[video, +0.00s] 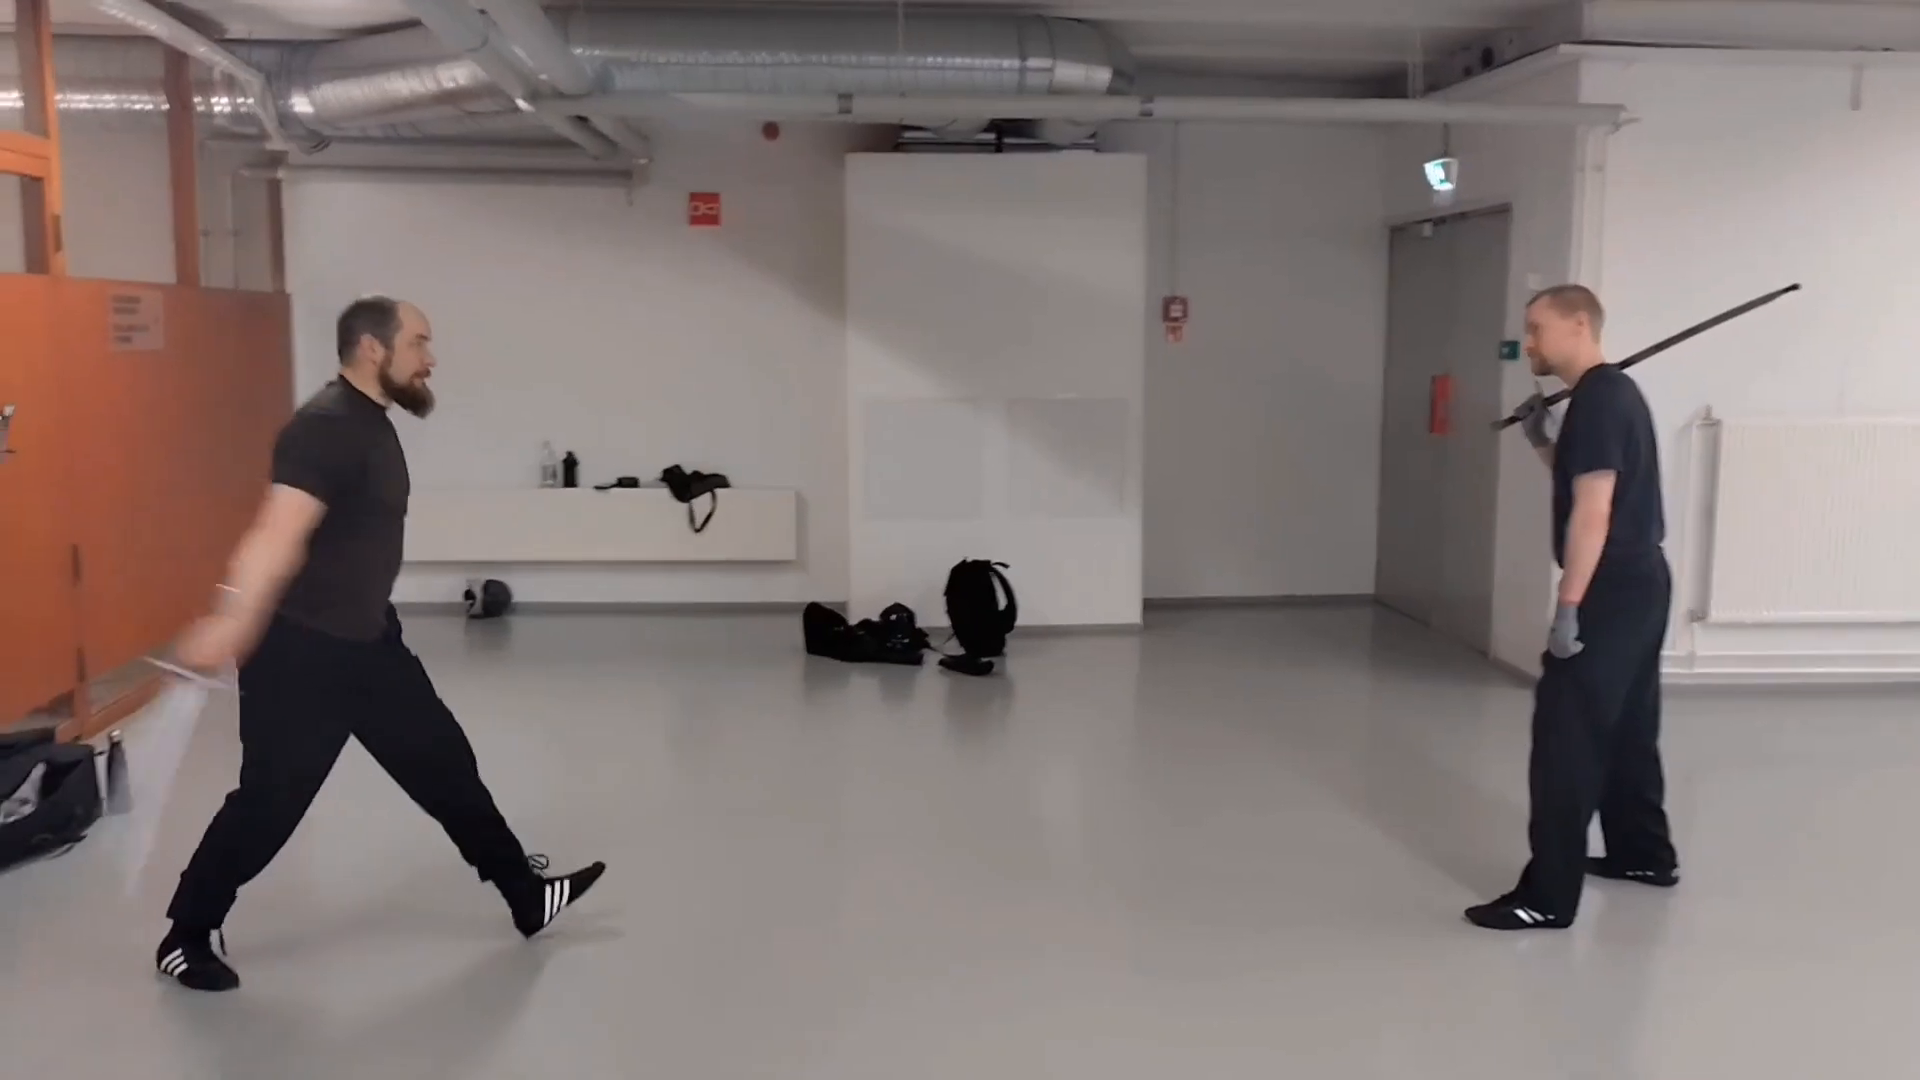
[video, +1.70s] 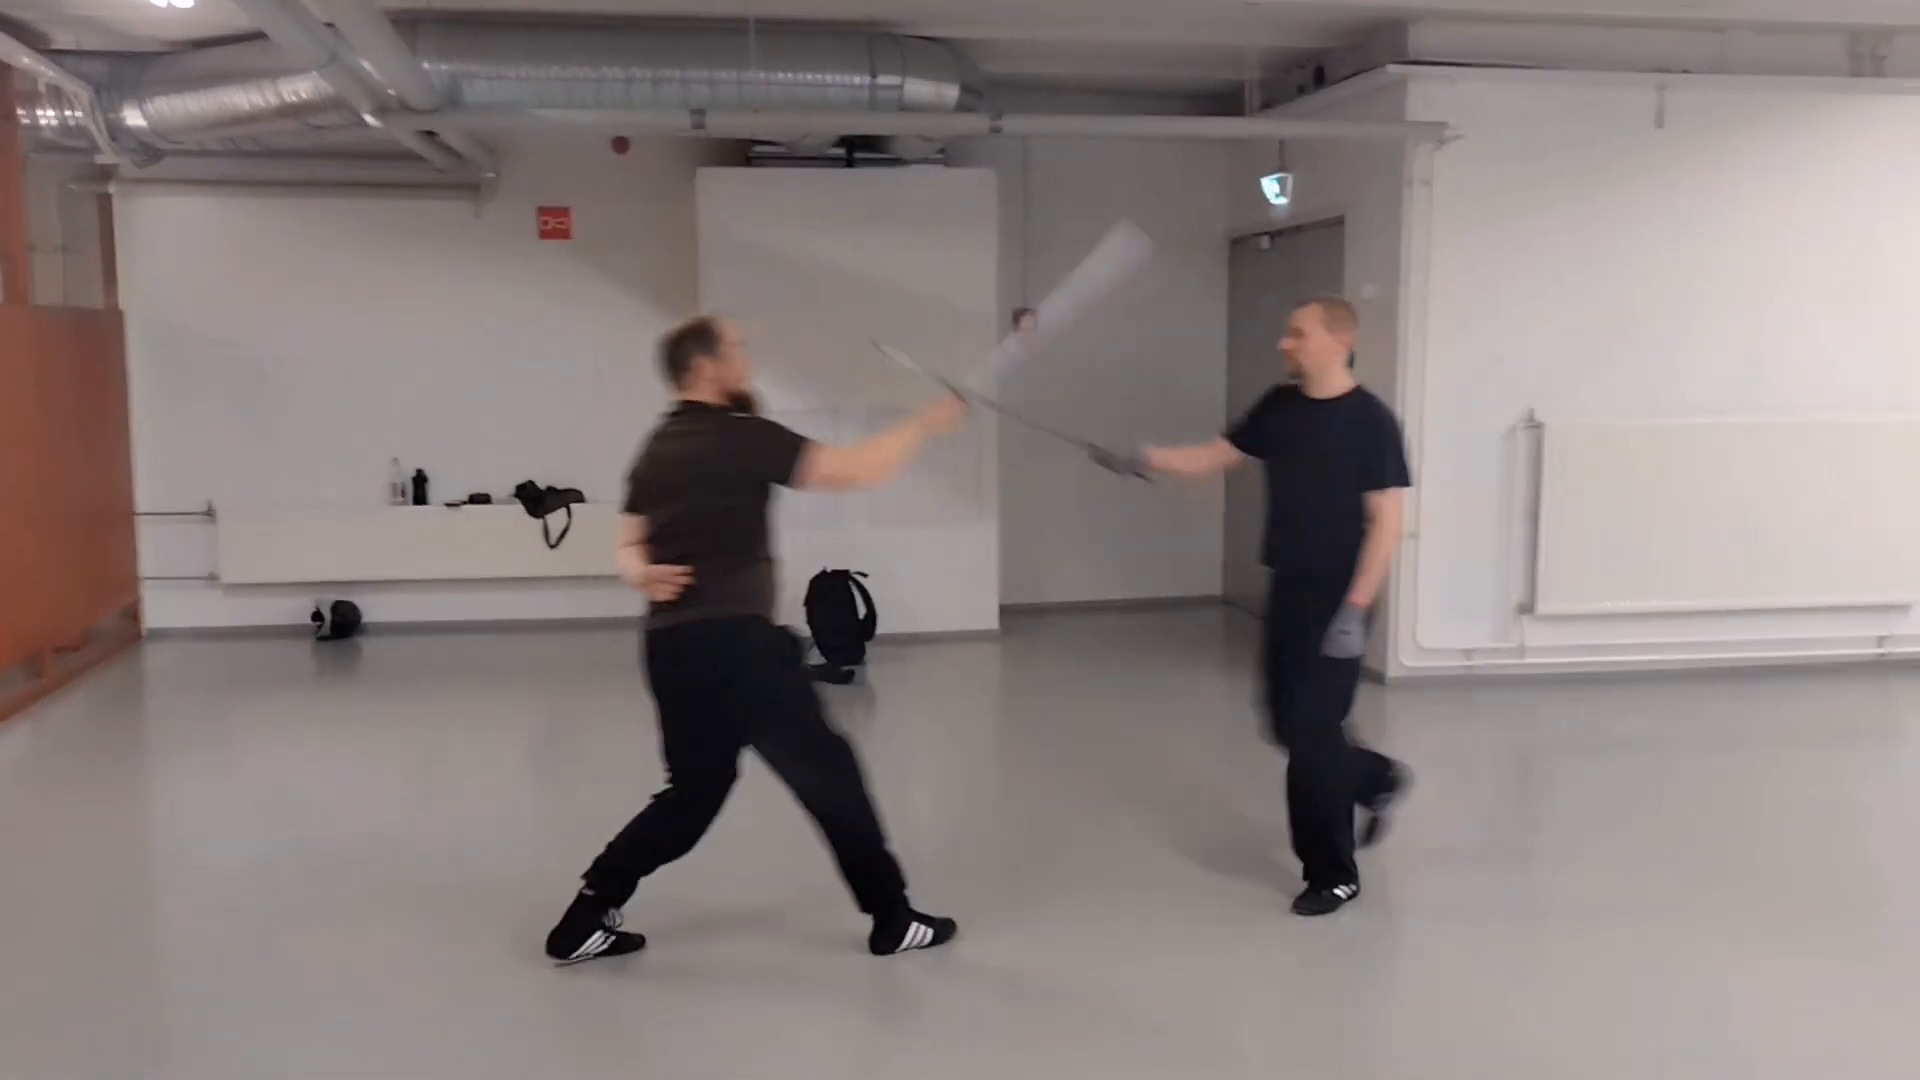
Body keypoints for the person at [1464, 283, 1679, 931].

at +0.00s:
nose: (1527, 344)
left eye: (1535, 330)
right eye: (1527, 332)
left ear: (1577, 328)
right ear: (1582, 329)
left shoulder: (1597, 398)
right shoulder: (1614, 392)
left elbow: (1594, 507)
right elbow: (1586, 485)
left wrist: (1566, 607)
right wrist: (1542, 437)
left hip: (1607, 594)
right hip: (1636, 588)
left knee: (1563, 736)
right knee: (1627, 726)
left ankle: (1548, 896)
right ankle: (1642, 852)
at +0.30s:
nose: (1446, 345)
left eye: (1454, 331)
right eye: (1446, 333)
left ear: (1494, 329)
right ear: (1498, 332)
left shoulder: (1515, 398)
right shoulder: (1526, 392)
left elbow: (1515, 502)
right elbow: (1503, 486)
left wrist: (1489, 602)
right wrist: (1461, 439)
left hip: (1525, 583)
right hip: (1548, 574)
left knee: (1483, 723)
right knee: (1543, 713)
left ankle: (1475, 882)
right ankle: (1564, 840)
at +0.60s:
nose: (1380, 340)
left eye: (1389, 327)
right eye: (1381, 328)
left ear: (1429, 327)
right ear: (1433, 330)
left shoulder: (1445, 392)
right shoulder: (1460, 388)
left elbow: (1441, 499)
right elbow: (1425, 476)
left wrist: (1412, 591)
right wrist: (1386, 425)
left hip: (1453, 577)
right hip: (1477, 572)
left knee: (1408, 709)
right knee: (1452, 703)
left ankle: (1419, 870)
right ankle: (1491, 810)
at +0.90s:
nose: (1373, 345)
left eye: (1382, 334)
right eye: (1373, 334)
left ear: (1422, 334)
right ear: (1413, 337)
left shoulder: (1446, 402)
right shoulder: (1407, 404)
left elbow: (1447, 505)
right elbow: (1338, 452)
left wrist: (1418, 594)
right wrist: (1327, 381)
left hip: (1433, 582)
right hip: (1407, 577)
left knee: (1392, 717)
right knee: (1416, 708)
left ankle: (1404, 870)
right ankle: (1453, 816)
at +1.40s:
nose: (1348, 344)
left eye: (1359, 333)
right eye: (1348, 334)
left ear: (1400, 334)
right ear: (1367, 341)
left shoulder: (1436, 409)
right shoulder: (1356, 403)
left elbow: (1451, 507)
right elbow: (1310, 457)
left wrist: (1422, 589)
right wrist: (1278, 455)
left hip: (1418, 579)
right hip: (1371, 575)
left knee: (1379, 705)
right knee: (1410, 702)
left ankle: (1375, 862)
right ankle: (1452, 825)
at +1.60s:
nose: (1308, 347)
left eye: (1320, 336)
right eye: (1309, 337)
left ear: (1362, 344)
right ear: (1325, 346)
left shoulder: (1396, 421)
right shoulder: (1309, 412)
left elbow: (1411, 522)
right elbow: (1259, 482)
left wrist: (1390, 608)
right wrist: (1199, 488)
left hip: (1373, 593)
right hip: (1324, 587)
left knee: (1333, 717)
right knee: (1365, 709)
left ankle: (1340, 873)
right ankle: (1433, 808)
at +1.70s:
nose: (1285, 344)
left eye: (1297, 335)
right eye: (1286, 334)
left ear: (1338, 343)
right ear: (1314, 343)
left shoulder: (1371, 421)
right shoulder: (1281, 406)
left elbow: (1387, 525)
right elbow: (1216, 457)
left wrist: (1355, 608)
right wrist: (1150, 458)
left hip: (1341, 594)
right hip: (1289, 587)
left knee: (1313, 727)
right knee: (1288, 722)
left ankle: (1332, 874)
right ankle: (1376, 778)